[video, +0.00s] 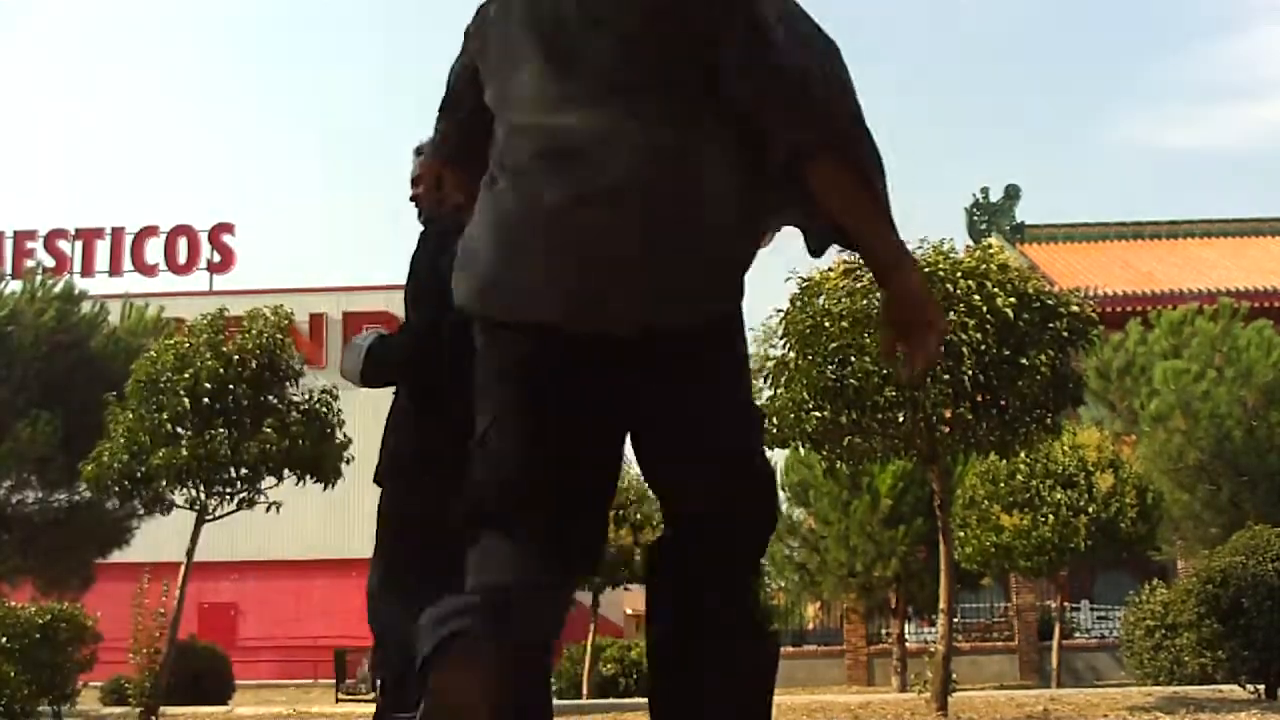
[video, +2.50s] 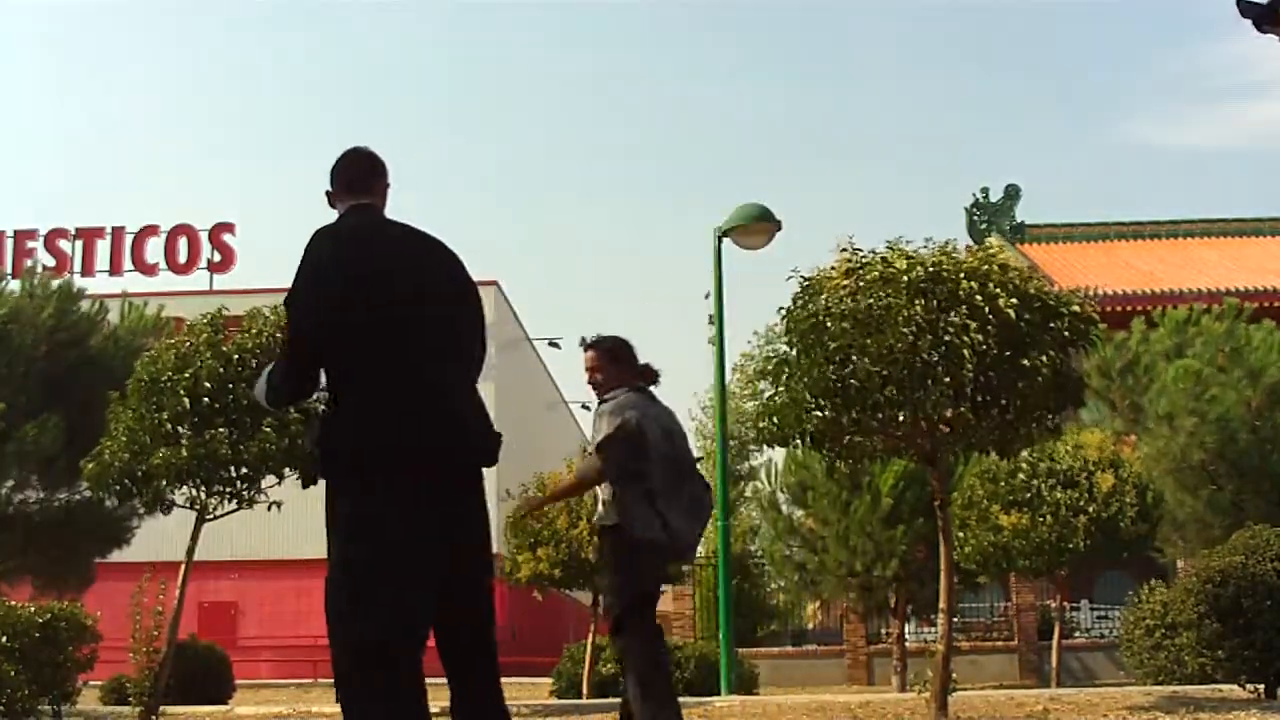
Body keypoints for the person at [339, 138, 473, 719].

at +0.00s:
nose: (420, 196)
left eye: (431, 183)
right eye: (418, 184)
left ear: (461, 186)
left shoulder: (445, 244)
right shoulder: (482, 243)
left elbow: (430, 347)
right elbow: (453, 344)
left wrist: (370, 354)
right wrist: (393, 343)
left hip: (426, 459)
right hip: (465, 450)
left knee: (399, 591)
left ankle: (402, 699)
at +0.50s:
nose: (365, 172)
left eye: (362, 165)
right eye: (401, 162)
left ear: (361, 168)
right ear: (418, 166)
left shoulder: (354, 239)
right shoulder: (466, 239)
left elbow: (319, 361)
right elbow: (504, 302)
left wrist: (287, 362)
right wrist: (441, 324)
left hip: (381, 454)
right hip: (460, 452)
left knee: (390, 622)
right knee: (459, 615)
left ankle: (393, 719)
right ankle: (480, 717)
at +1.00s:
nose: (435, 181)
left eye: (424, 170)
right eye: (438, 172)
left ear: (380, 171)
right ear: (436, 174)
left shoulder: (340, 239)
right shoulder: (469, 248)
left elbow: (303, 364)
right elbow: (511, 351)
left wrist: (361, 354)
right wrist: (540, 437)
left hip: (365, 464)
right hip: (452, 461)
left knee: (379, 628)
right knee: (471, 624)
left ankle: (389, 712)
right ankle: (479, 712)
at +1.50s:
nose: (470, 196)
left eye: (468, 187)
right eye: (472, 187)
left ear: (413, 183)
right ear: (465, 187)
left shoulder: (368, 246)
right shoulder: (499, 261)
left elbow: (334, 366)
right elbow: (530, 377)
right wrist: (501, 451)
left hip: (389, 471)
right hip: (474, 473)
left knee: (395, 638)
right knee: (486, 639)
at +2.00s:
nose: (419, 210)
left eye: (412, 202)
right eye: (442, 199)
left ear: (406, 201)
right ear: (460, 201)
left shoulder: (394, 244)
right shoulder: (499, 270)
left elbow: (362, 353)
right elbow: (518, 365)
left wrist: (328, 371)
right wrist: (473, 404)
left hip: (396, 472)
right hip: (478, 476)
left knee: (370, 636)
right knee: (498, 642)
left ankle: (383, 719)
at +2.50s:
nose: (341, 205)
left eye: (334, 198)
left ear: (333, 197)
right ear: (387, 190)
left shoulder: (327, 250)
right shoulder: (441, 254)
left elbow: (298, 375)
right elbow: (472, 353)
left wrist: (267, 388)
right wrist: (433, 402)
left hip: (368, 462)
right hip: (451, 459)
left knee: (374, 632)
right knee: (468, 633)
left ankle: (385, 718)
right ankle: (483, 717)